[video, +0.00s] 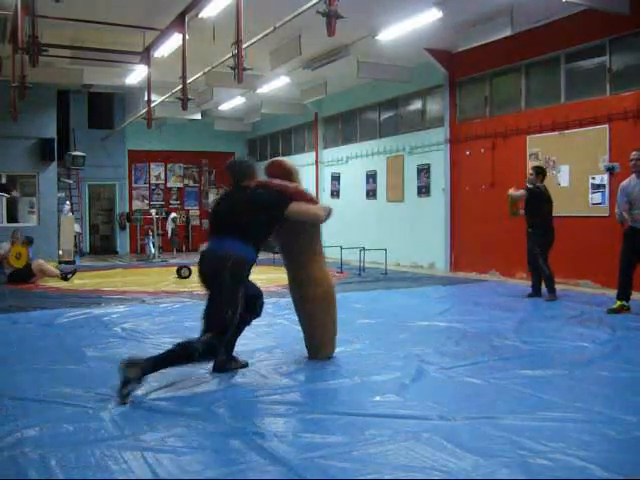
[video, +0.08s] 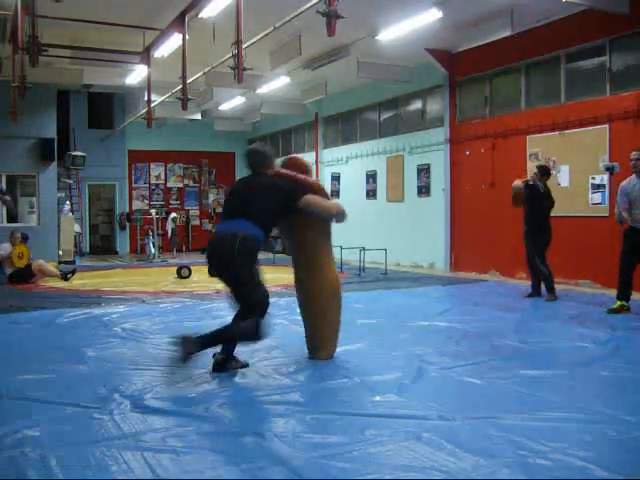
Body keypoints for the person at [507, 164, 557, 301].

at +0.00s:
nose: (529, 177)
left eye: (531, 175)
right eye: (529, 174)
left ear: (538, 177)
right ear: (540, 177)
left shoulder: (533, 190)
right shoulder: (544, 191)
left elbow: (515, 195)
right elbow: (535, 209)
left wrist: (511, 192)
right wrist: (520, 212)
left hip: (536, 231)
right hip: (546, 229)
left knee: (538, 260)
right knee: (536, 261)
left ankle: (551, 291)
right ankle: (536, 290)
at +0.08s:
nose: (534, 175)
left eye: (536, 174)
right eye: (537, 174)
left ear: (537, 175)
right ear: (547, 177)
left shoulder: (530, 188)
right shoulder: (546, 191)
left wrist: (526, 185)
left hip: (534, 228)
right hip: (543, 227)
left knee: (537, 259)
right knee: (534, 259)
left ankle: (551, 291)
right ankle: (535, 289)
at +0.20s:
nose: (536, 176)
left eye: (538, 174)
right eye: (537, 174)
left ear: (539, 176)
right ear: (549, 179)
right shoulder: (549, 195)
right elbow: (521, 189)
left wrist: (530, 182)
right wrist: (523, 181)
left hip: (537, 230)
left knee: (538, 260)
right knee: (532, 260)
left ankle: (550, 291)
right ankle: (535, 289)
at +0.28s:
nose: (536, 176)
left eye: (538, 174)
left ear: (539, 176)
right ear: (551, 180)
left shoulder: (532, 188)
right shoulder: (551, 195)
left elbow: (521, 173)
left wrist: (536, 169)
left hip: (531, 227)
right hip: (543, 226)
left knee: (536, 259)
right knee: (536, 259)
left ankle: (550, 291)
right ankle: (536, 289)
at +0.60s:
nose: (541, 175)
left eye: (543, 174)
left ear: (544, 176)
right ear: (555, 178)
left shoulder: (539, 187)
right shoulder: (555, 187)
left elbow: (527, 178)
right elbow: (556, 176)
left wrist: (540, 167)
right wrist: (562, 165)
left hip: (539, 224)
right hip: (550, 222)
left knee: (540, 257)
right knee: (540, 257)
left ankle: (552, 291)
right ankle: (537, 289)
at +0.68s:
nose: (542, 174)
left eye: (543, 172)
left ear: (545, 172)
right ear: (555, 173)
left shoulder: (545, 185)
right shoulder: (551, 184)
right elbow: (533, 177)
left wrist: (535, 223)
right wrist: (545, 165)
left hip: (546, 224)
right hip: (546, 223)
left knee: (544, 257)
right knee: (537, 256)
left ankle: (552, 291)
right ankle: (537, 288)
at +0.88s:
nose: (547, 177)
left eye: (550, 176)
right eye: (549, 175)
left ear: (552, 177)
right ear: (554, 177)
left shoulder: (549, 191)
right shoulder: (547, 189)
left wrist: (542, 226)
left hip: (549, 228)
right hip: (544, 227)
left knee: (548, 258)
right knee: (532, 257)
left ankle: (553, 292)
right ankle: (539, 287)